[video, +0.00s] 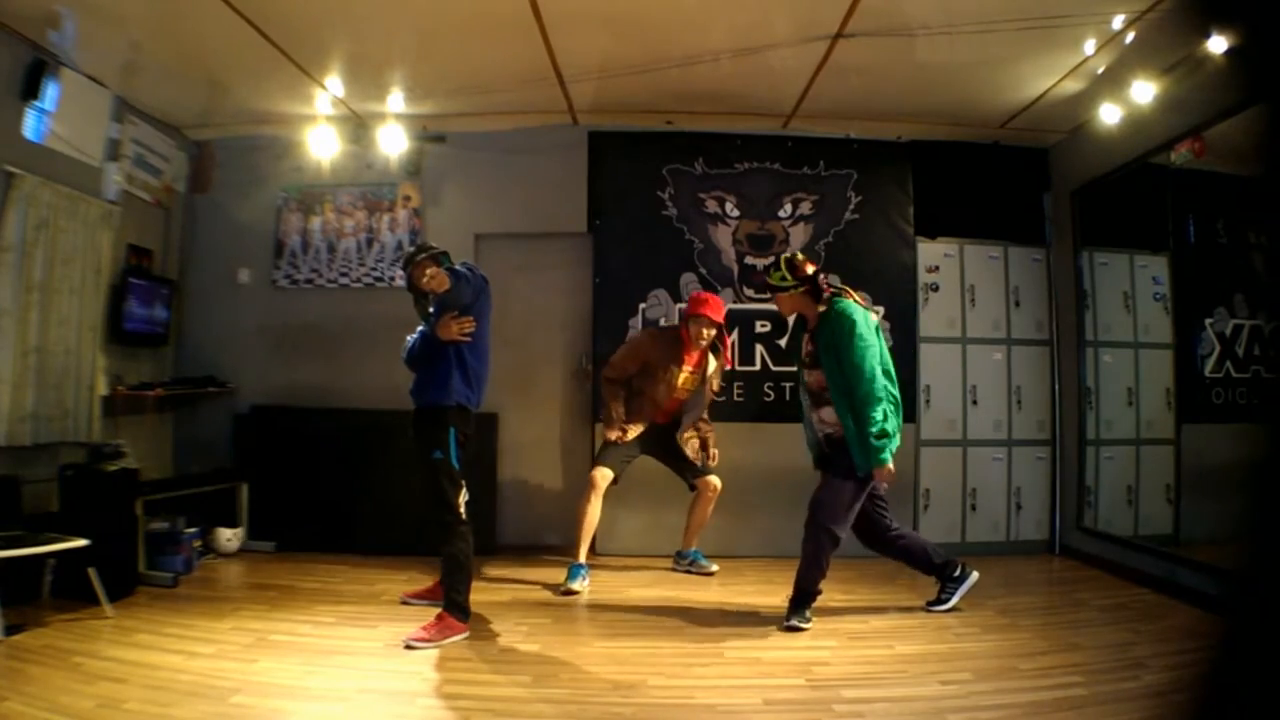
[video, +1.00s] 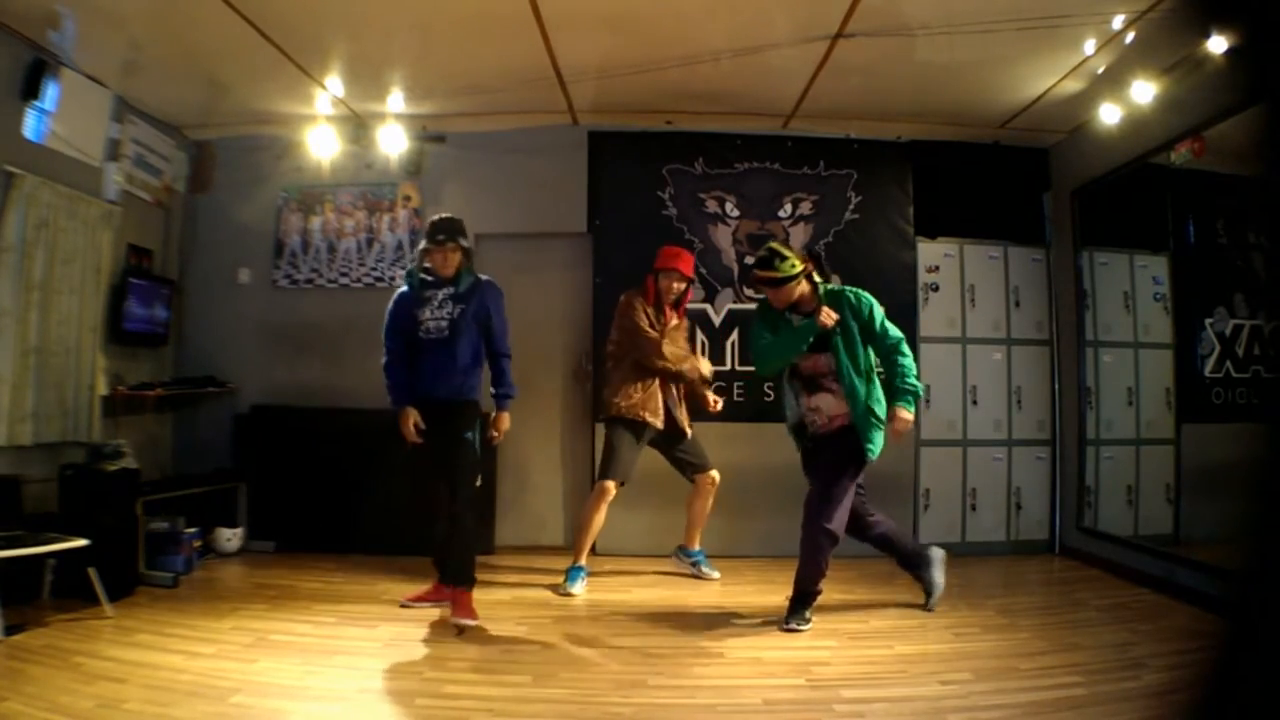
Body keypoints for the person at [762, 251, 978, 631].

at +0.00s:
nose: (775, 301)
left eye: (777, 293)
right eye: (774, 293)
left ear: (797, 290)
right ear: (799, 288)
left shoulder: (846, 317)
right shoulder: (815, 321)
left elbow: (868, 385)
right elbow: (825, 389)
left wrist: (879, 451)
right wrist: (821, 446)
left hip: (859, 443)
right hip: (837, 443)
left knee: (824, 518)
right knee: (876, 530)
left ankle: (801, 604)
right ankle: (951, 572)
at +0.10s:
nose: (771, 301)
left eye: (773, 294)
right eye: (769, 294)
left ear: (793, 288)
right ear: (793, 288)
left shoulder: (839, 313)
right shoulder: (810, 319)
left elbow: (860, 382)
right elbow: (814, 394)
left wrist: (864, 451)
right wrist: (795, 450)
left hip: (857, 442)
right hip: (835, 441)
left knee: (823, 517)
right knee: (875, 528)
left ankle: (800, 604)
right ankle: (951, 572)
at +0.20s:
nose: (766, 303)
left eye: (769, 295)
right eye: (765, 296)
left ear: (790, 289)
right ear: (790, 290)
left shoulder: (839, 309)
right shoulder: (805, 329)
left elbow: (866, 372)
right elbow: (800, 400)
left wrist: (847, 432)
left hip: (865, 435)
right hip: (843, 439)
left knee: (823, 517)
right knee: (876, 527)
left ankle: (801, 604)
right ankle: (952, 572)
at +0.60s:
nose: (762, 304)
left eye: (765, 295)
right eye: (760, 297)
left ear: (788, 289)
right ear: (783, 293)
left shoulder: (839, 306)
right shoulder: (793, 339)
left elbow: (878, 336)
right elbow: (772, 391)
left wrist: (885, 376)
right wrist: (719, 385)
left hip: (867, 439)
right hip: (837, 446)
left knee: (824, 515)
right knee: (877, 526)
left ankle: (801, 603)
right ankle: (950, 571)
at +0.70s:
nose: (763, 309)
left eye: (764, 300)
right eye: (760, 302)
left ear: (785, 291)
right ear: (784, 294)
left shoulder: (835, 307)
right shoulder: (796, 332)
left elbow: (877, 337)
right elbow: (794, 386)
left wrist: (903, 383)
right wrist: (742, 376)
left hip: (864, 438)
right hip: (837, 444)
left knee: (819, 515)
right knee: (878, 527)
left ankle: (800, 604)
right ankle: (952, 572)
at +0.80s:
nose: (764, 309)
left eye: (766, 301)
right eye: (762, 303)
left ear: (786, 293)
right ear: (782, 295)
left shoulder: (840, 306)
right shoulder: (788, 328)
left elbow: (880, 345)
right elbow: (781, 379)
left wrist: (903, 398)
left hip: (864, 433)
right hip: (840, 437)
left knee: (815, 515)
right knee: (877, 524)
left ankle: (800, 603)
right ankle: (952, 572)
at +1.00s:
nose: (768, 295)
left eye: (774, 286)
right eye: (764, 287)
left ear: (800, 276)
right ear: (763, 285)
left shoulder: (852, 303)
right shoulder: (769, 317)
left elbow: (895, 346)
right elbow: (762, 361)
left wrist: (904, 399)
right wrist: (810, 327)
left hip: (854, 429)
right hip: (810, 437)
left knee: (820, 517)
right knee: (856, 518)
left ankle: (801, 603)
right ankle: (924, 561)